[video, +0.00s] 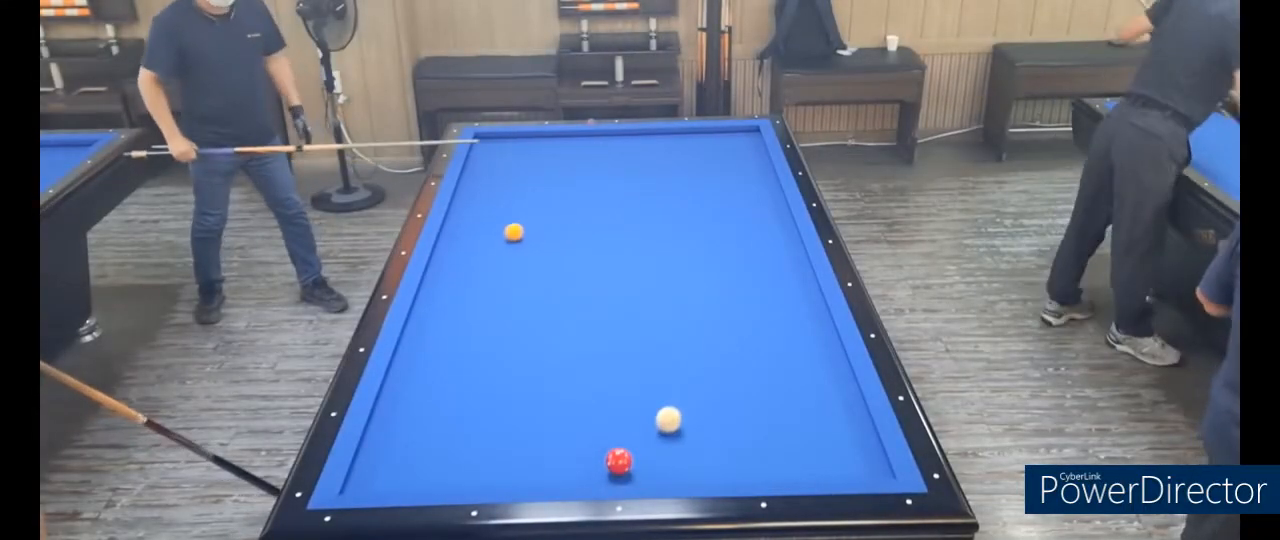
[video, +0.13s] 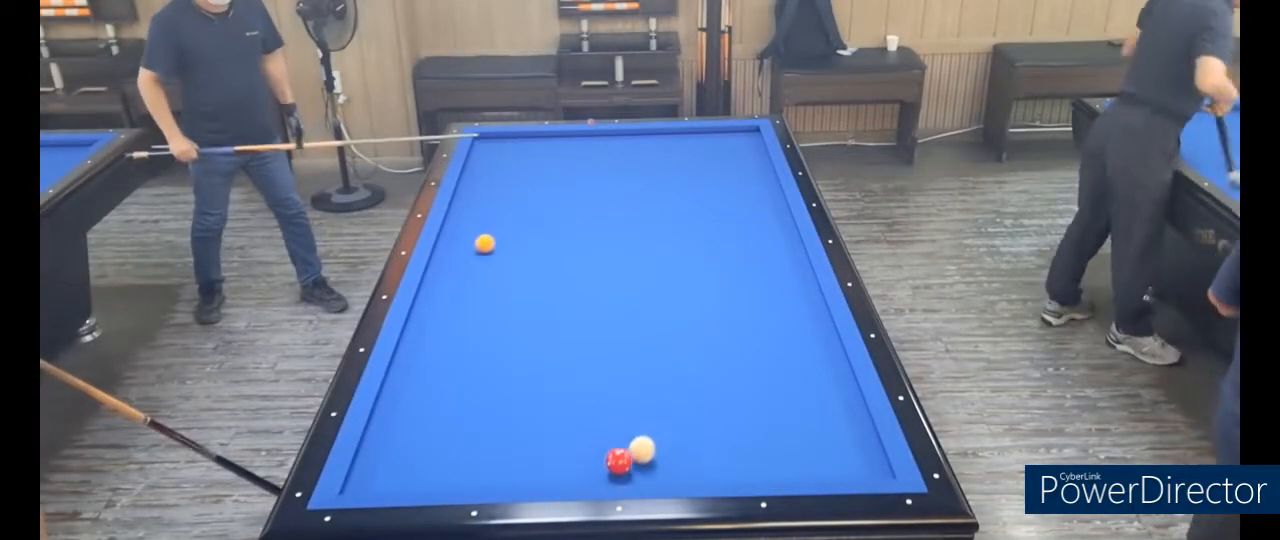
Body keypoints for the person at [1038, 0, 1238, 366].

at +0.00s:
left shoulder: (1179, 3)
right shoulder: (1236, 24)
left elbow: (1124, 34)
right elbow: (1236, 94)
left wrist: (1161, 29)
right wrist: (1224, 94)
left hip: (1120, 120)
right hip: (1158, 136)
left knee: (1088, 219)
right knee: (1137, 237)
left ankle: (1059, 301)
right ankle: (1130, 329)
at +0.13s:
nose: (1239, 8)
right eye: (1239, 7)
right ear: (1235, 0)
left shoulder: (1164, 2)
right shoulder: (1215, 12)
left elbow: (1131, 47)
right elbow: (1208, 80)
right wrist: (1229, 95)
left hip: (1115, 118)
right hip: (1150, 133)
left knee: (1090, 219)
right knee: (1135, 235)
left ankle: (1059, 300)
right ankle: (1129, 329)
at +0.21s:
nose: (1232, 3)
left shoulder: (1156, 4)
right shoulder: (1201, 10)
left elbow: (1149, 59)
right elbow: (1187, 76)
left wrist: (1197, 90)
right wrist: (1216, 92)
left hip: (1113, 116)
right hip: (1146, 129)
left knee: (1091, 219)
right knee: (1138, 231)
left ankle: (1059, 301)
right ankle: (1129, 328)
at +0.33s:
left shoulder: (1147, 4)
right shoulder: (1179, 9)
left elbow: (1145, 58)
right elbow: (1149, 71)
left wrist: (1201, 69)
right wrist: (1200, 100)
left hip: (1112, 117)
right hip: (1140, 128)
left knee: (1089, 216)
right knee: (1140, 232)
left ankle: (1059, 302)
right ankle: (1103, 326)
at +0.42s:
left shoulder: (1151, 5)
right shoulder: (1170, 9)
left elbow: (1137, 59)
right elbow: (1133, 72)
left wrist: (1190, 73)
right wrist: (1186, 113)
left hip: (1115, 124)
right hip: (1138, 133)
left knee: (1092, 216)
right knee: (1135, 233)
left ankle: (1058, 302)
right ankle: (1088, 325)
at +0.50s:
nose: (1205, 0)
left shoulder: (1158, 8)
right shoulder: (1163, 12)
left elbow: (1137, 66)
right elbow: (1114, 74)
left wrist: (1179, 83)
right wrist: (1154, 131)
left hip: (1114, 132)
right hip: (1132, 143)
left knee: (1090, 220)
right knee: (1119, 239)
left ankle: (1060, 299)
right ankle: (1076, 331)